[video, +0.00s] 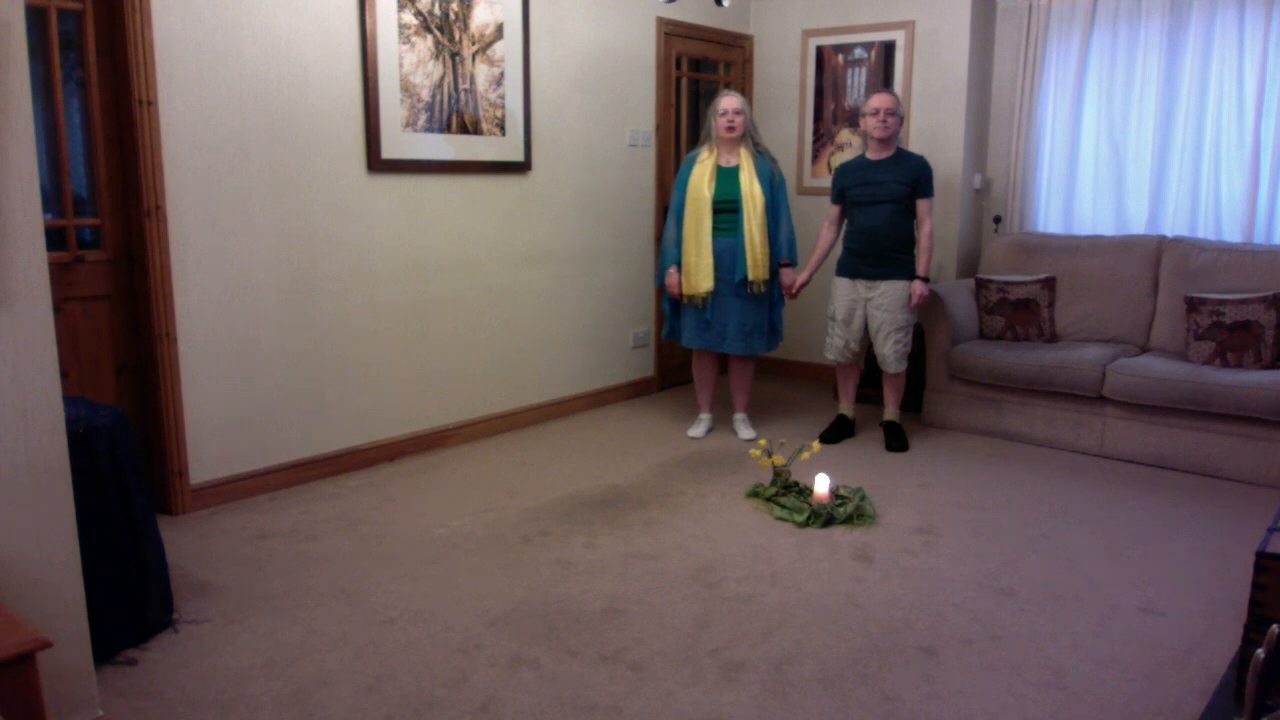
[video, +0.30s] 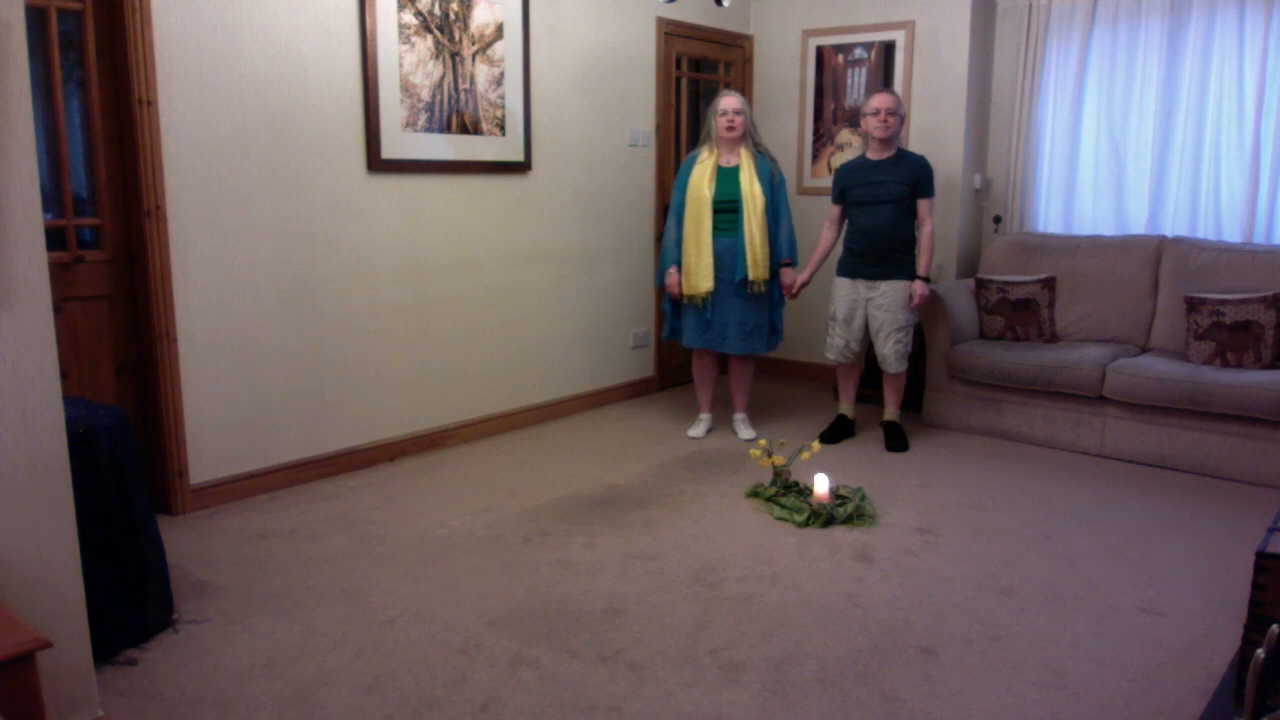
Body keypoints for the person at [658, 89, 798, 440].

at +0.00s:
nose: (730, 119)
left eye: (737, 113)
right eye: (723, 113)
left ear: (747, 119)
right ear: (713, 120)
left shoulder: (764, 164)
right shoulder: (694, 163)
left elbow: (780, 216)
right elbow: (675, 218)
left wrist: (785, 264)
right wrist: (671, 266)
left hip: (750, 269)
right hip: (702, 269)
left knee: (743, 345)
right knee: (703, 343)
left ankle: (741, 414)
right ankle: (705, 413)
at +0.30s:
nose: (730, 119)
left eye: (737, 113)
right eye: (723, 113)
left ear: (748, 119)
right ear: (713, 120)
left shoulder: (764, 164)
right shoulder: (694, 164)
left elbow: (781, 216)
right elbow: (675, 218)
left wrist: (785, 264)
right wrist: (671, 266)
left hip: (750, 269)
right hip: (702, 269)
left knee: (743, 345)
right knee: (703, 343)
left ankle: (741, 414)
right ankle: (705, 413)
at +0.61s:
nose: (730, 119)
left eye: (737, 113)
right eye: (723, 113)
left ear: (748, 119)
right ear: (713, 120)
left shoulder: (764, 164)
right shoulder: (694, 164)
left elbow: (781, 216)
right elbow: (676, 218)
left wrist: (786, 264)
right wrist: (672, 265)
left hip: (750, 269)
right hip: (702, 269)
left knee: (743, 345)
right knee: (703, 343)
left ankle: (741, 414)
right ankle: (705, 413)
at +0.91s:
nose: (731, 119)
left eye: (737, 113)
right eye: (724, 114)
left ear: (748, 119)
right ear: (713, 120)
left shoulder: (764, 164)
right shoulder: (694, 163)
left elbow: (781, 216)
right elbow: (676, 218)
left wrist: (786, 264)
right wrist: (672, 265)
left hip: (750, 269)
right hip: (702, 269)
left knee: (743, 344)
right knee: (703, 343)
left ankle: (741, 414)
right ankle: (705, 413)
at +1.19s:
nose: (731, 119)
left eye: (738, 113)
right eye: (724, 114)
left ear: (748, 119)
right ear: (713, 120)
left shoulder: (765, 164)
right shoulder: (695, 163)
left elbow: (781, 216)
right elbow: (676, 218)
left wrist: (787, 264)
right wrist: (672, 266)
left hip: (750, 269)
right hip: (702, 269)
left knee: (744, 345)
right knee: (703, 343)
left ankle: (741, 414)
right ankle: (704, 413)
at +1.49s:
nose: (732, 119)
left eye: (739, 114)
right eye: (725, 114)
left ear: (749, 119)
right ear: (714, 120)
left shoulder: (765, 164)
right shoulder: (695, 164)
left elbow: (782, 216)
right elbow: (677, 218)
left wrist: (788, 264)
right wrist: (673, 266)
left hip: (751, 268)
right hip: (703, 269)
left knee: (744, 344)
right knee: (704, 343)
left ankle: (740, 414)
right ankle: (704, 413)